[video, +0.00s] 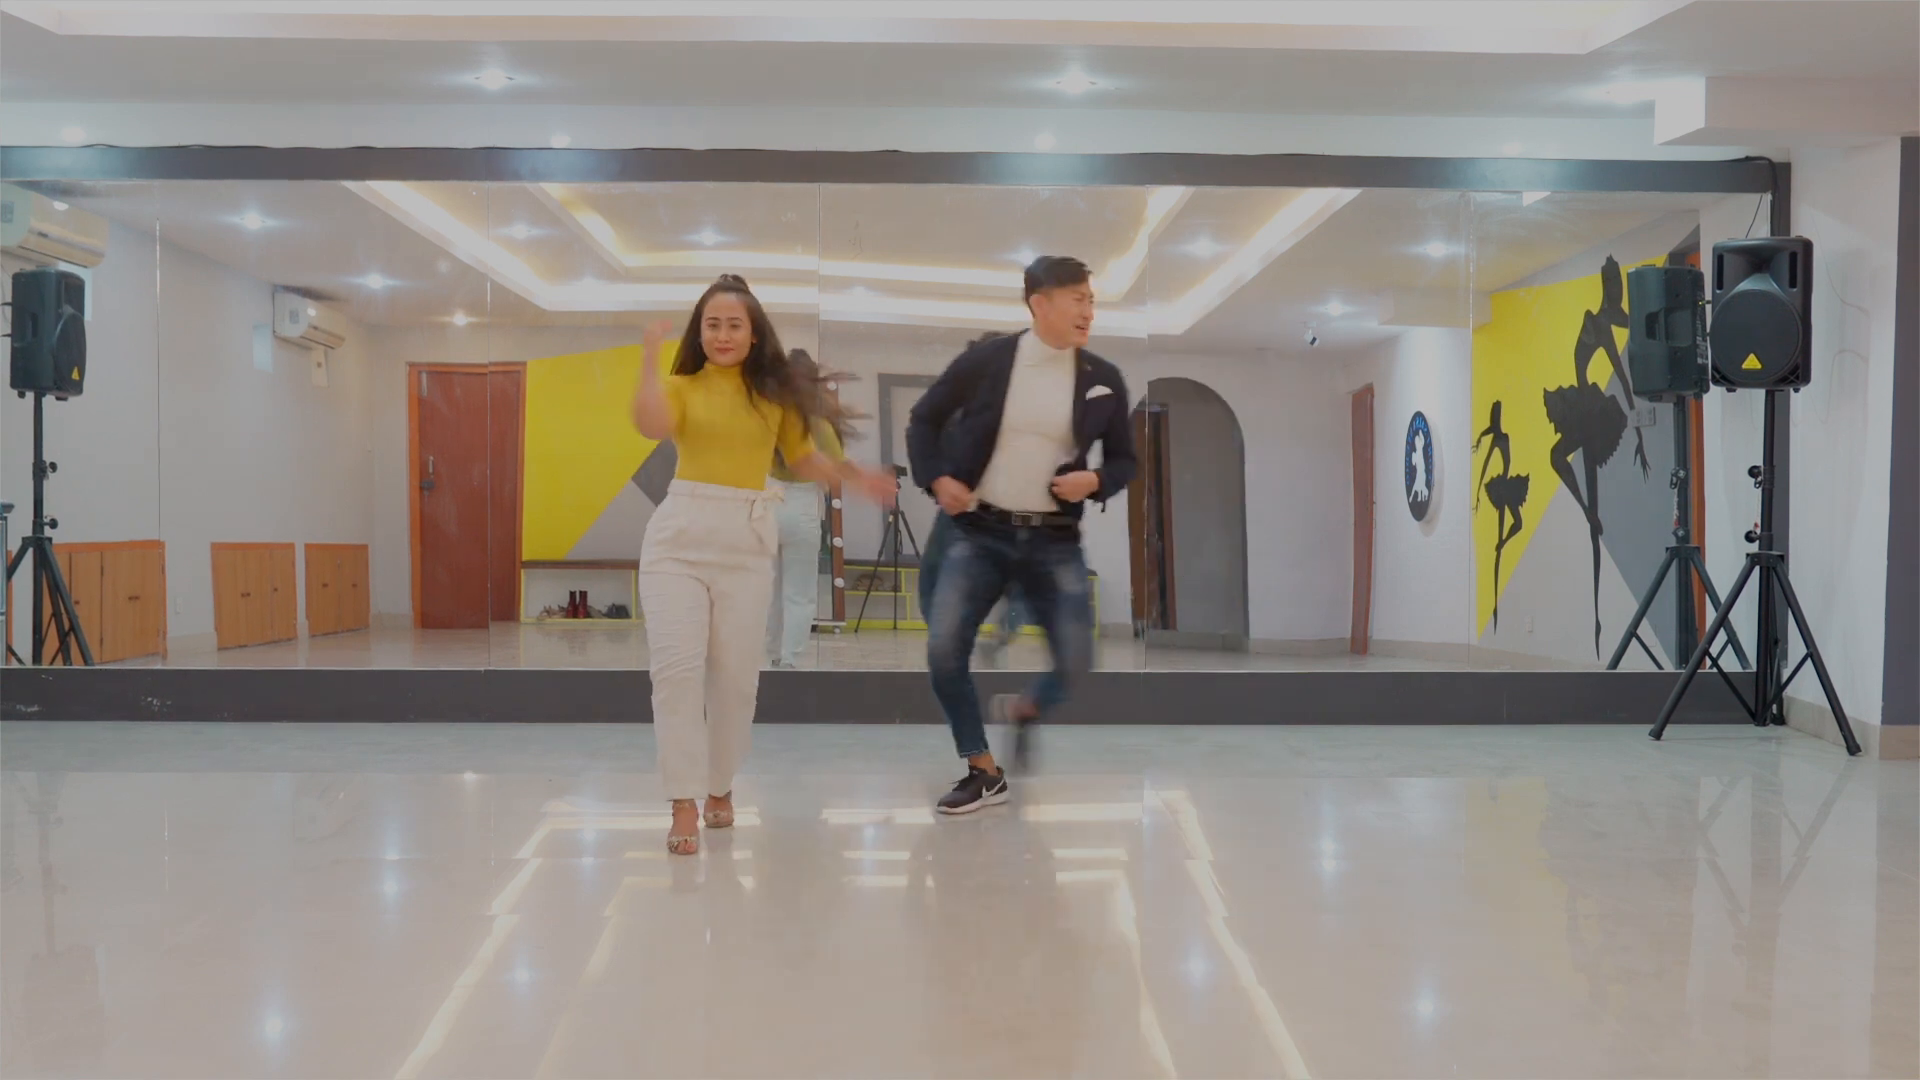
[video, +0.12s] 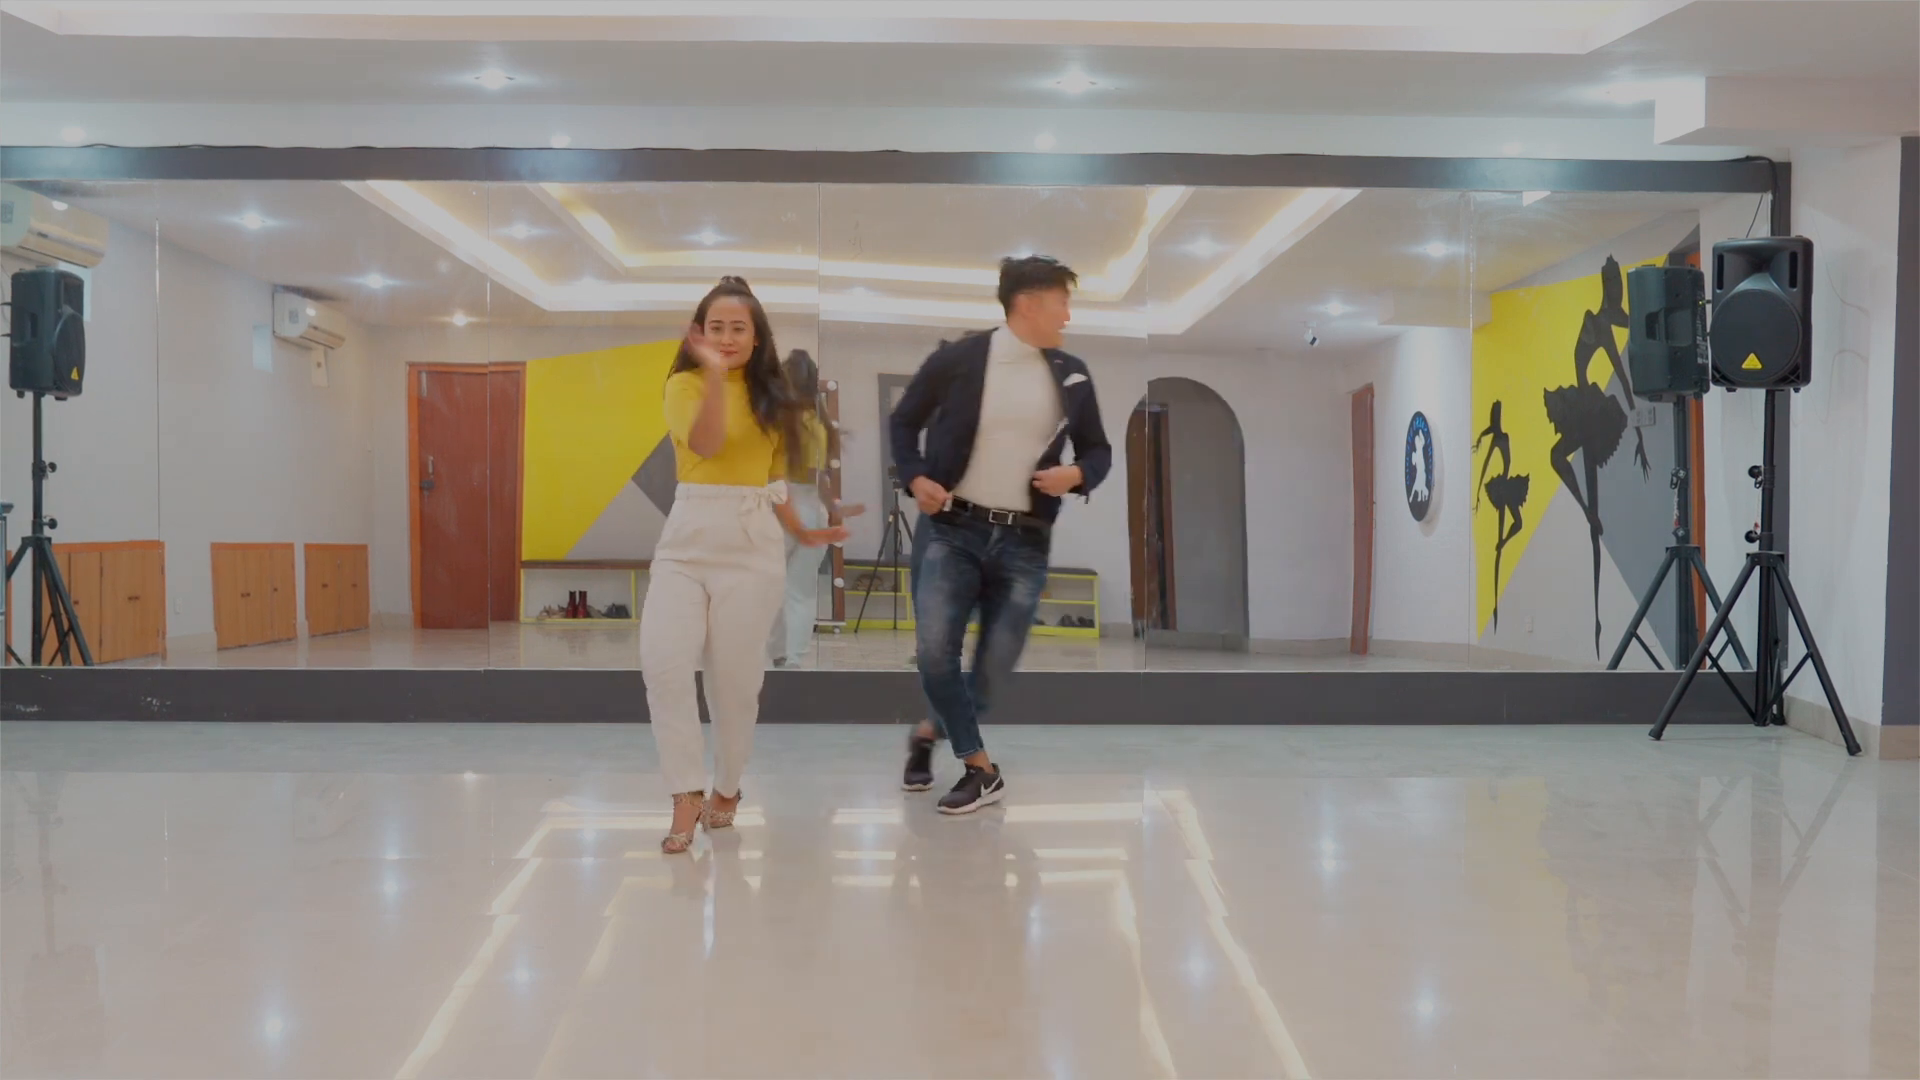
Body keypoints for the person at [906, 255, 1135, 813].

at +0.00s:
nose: (1089, 312)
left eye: (1091, 302)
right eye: (1077, 301)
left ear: (1090, 306)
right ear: (1037, 304)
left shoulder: (1102, 379)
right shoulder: (985, 360)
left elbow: (1124, 461)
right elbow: (924, 418)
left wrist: (1097, 481)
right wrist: (934, 478)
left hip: (1054, 540)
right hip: (978, 531)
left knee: (1073, 668)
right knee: (943, 651)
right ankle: (982, 768)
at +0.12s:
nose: (1069, 313)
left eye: (1068, 302)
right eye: (1060, 301)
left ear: (1041, 305)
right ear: (1023, 303)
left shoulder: (1070, 372)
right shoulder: (958, 358)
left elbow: (1097, 451)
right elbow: (903, 421)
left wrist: (1078, 475)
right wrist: (913, 476)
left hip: (1025, 536)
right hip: (952, 524)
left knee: (995, 666)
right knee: (934, 651)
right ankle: (979, 767)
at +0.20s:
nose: (1027, 305)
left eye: (1033, 294)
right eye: (1015, 293)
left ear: (1040, 299)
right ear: (985, 296)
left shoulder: (1058, 371)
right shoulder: (944, 358)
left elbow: (1092, 451)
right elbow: (883, 426)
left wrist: (1065, 480)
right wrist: (900, 477)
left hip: (1012, 534)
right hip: (941, 522)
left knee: (973, 661)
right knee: (937, 650)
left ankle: (905, 735)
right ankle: (976, 766)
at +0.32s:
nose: (944, 299)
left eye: (955, 288)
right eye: (944, 289)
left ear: (996, 294)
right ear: (950, 294)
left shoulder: (1043, 365)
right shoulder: (924, 362)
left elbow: (1073, 440)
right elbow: (861, 433)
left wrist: (1058, 485)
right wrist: (887, 477)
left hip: (1003, 532)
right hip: (931, 523)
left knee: (963, 658)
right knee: (934, 652)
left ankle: (900, 738)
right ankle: (976, 765)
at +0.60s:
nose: (916, 297)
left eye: (927, 284)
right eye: (911, 287)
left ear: (964, 288)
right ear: (908, 294)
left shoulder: (1009, 349)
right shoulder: (896, 356)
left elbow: (1054, 416)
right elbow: (847, 426)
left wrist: (993, 446)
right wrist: (867, 485)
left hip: (988, 524)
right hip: (918, 519)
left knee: (951, 653)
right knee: (935, 646)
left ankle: (896, 746)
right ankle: (978, 767)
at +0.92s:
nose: (921, 286)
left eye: (934, 274)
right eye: (911, 276)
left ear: (959, 280)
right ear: (900, 285)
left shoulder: (999, 348)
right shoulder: (898, 354)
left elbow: (1061, 420)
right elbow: (873, 437)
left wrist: (1021, 485)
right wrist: (883, 426)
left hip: (983, 519)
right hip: (916, 517)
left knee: (968, 652)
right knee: (923, 654)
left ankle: (978, 709)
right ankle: (971, 767)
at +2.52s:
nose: (981, 290)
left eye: (989, 279)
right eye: (968, 280)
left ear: (1000, 285)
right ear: (943, 287)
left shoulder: (1027, 354)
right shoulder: (906, 347)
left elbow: (1050, 428)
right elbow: (860, 418)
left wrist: (1031, 484)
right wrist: (919, 446)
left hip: (993, 518)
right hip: (917, 518)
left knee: (1024, 641)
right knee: (896, 651)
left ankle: (1031, 769)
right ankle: (899, 735)